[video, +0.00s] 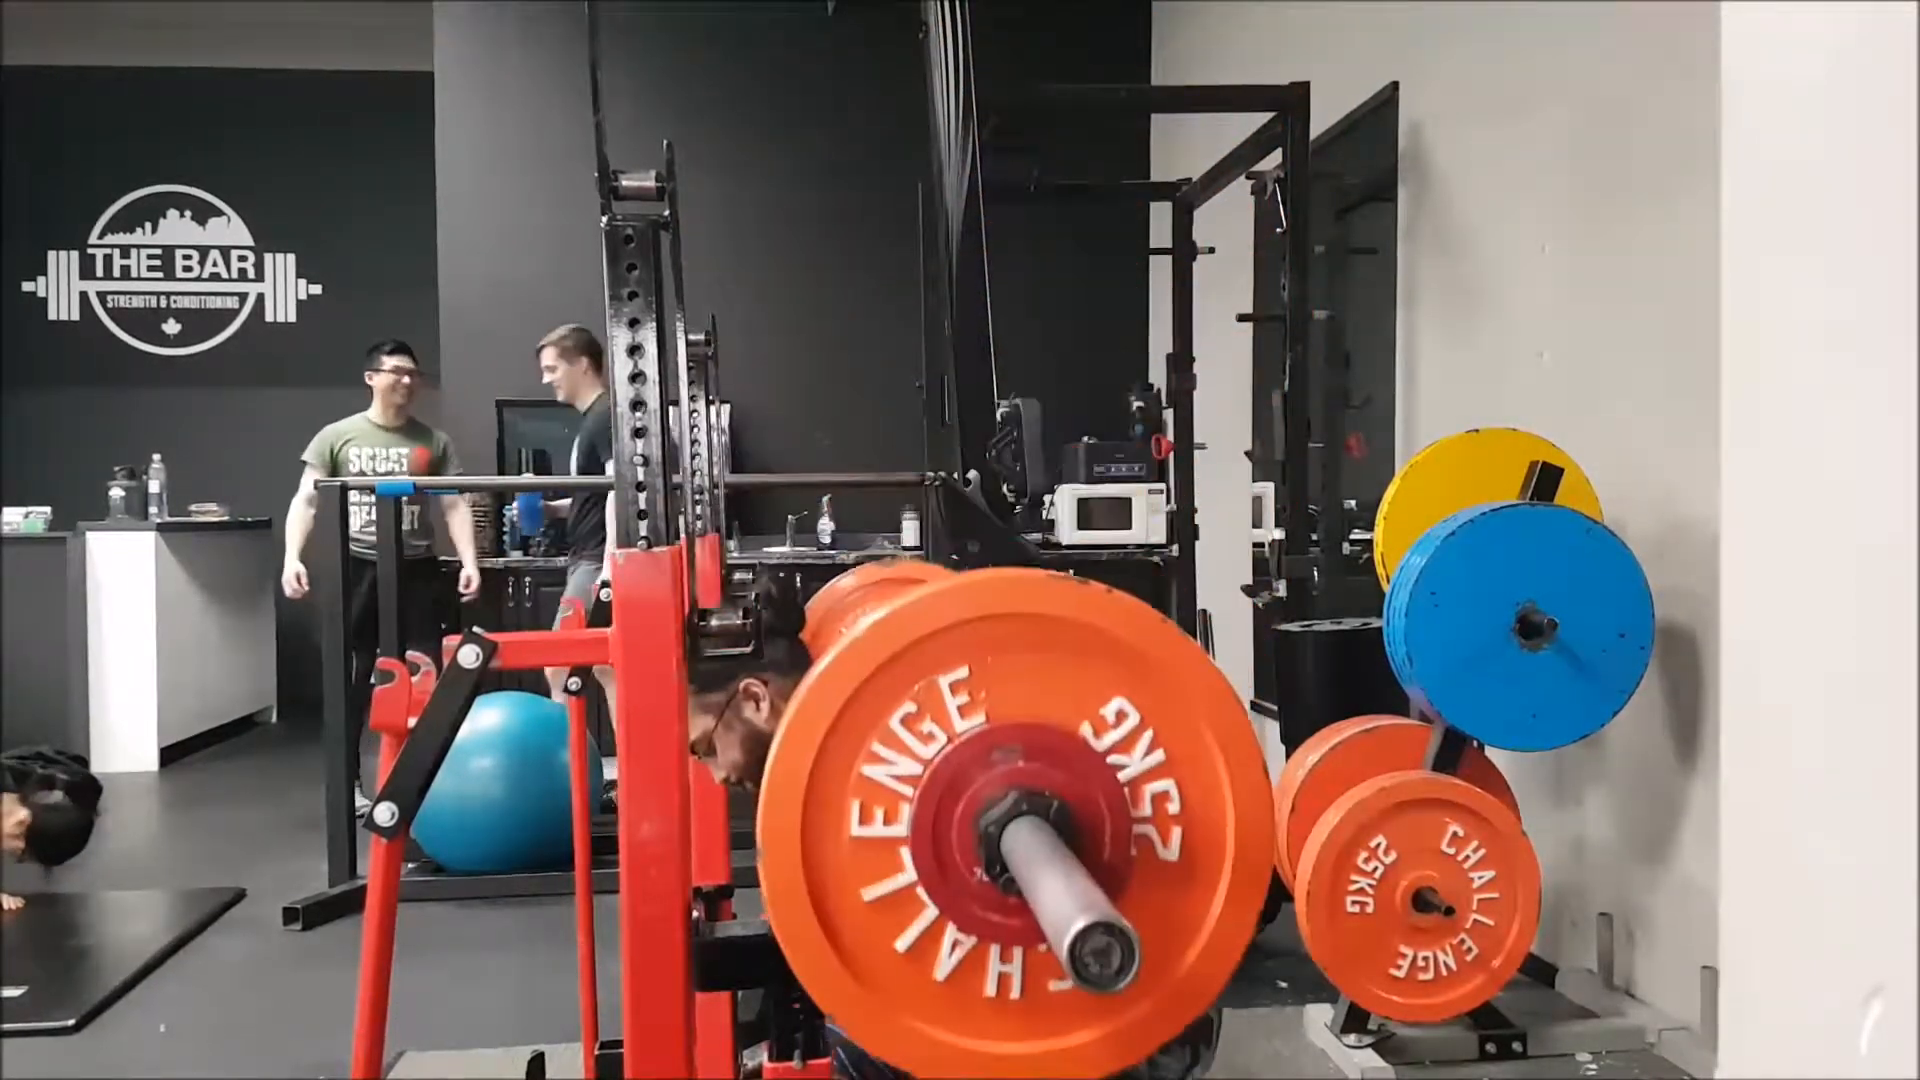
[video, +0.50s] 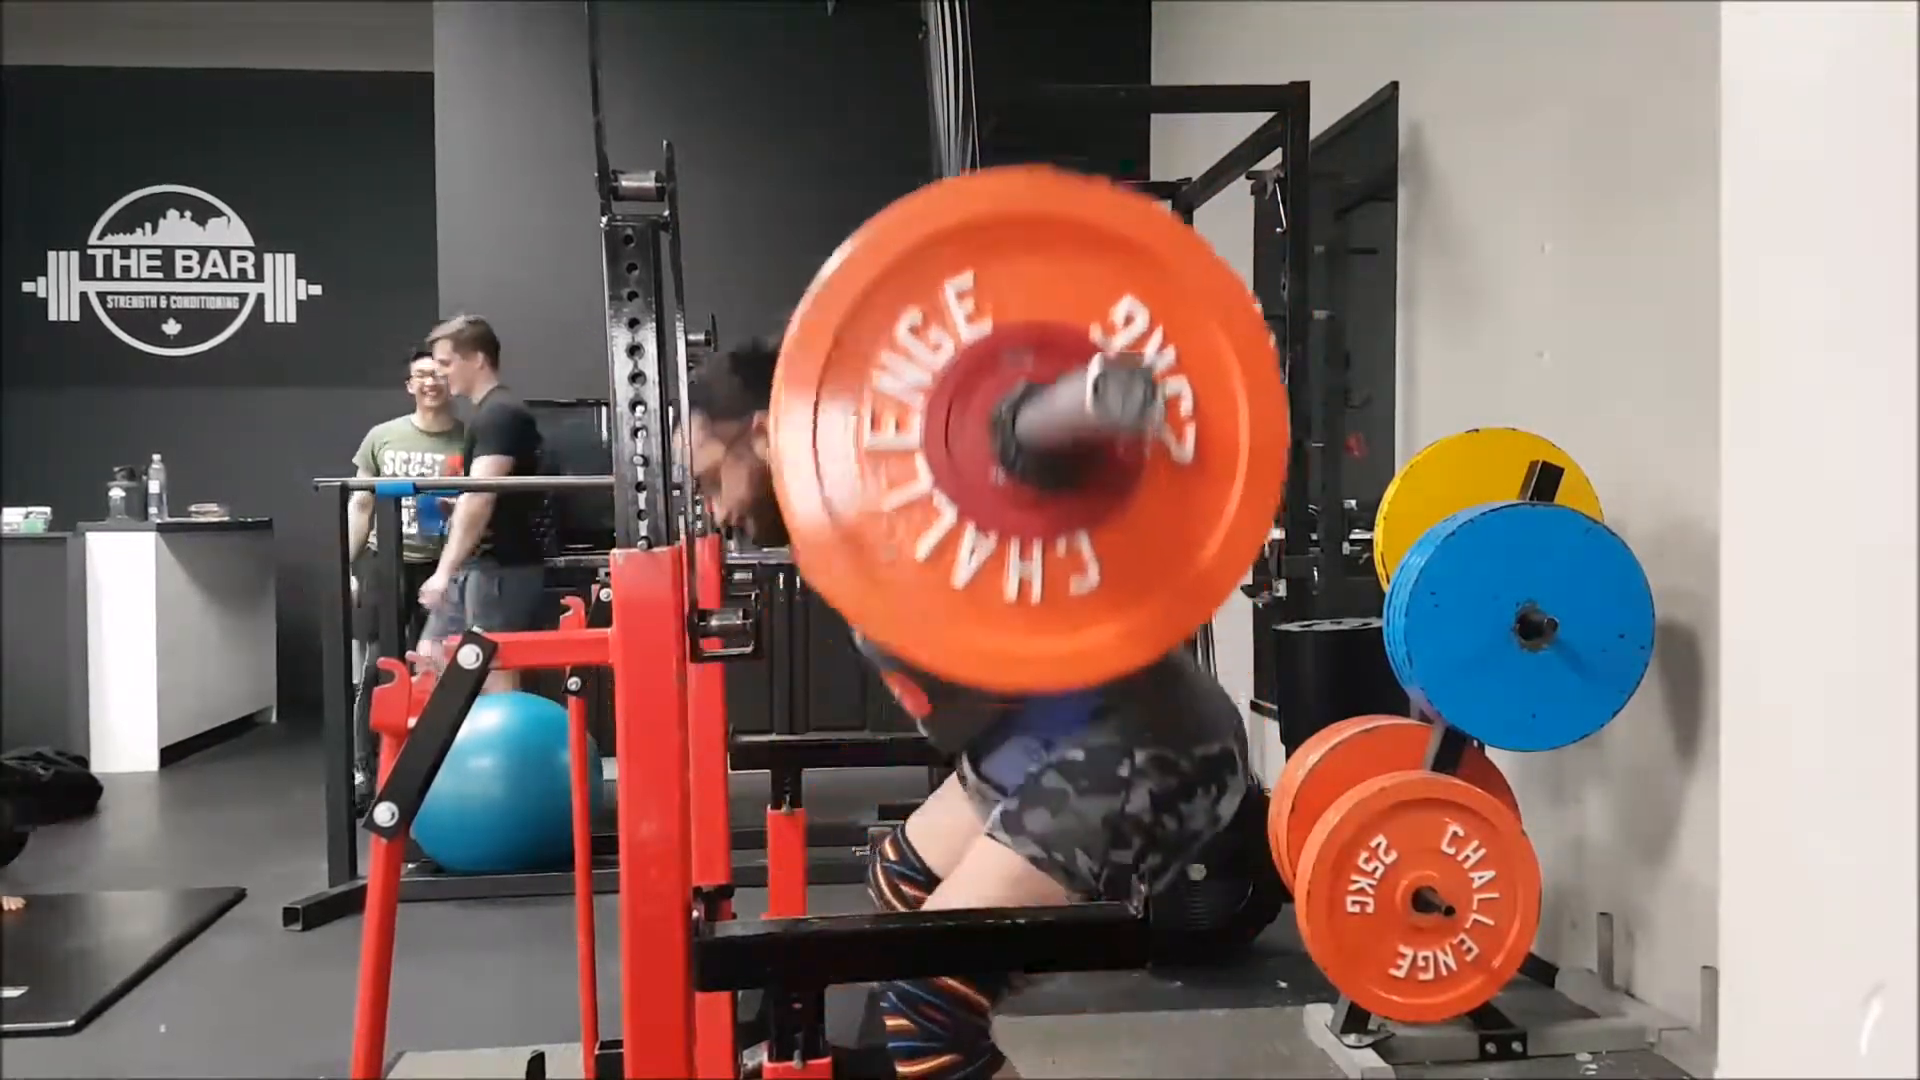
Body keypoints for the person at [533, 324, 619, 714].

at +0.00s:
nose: (546, 380)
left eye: (552, 369)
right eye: (544, 371)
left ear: (583, 365)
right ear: (580, 366)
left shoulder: (607, 418)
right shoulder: (590, 419)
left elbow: (619, 495)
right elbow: (591, 498)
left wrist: (613, 561)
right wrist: (547, 509)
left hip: (597, 559)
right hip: (584, 557)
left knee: (558, 661)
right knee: (607, 667)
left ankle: (571, 766)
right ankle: (633, 757)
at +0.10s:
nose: (525, 380)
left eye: (530, 369)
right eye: (523, 371)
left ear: (562, 366)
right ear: (556, 369)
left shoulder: (587, 417)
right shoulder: (570, 421)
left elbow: (606, 493)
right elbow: (575, 500)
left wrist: (593, 571)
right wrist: (532, 512)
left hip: (576, 568)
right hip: (570, 564)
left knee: (546, 679)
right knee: (603, 678)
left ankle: (554, 786)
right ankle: (627, 774)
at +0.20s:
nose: (501, 379)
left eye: (507, 369)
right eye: (499, 371)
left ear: (539, 366)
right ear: (535, 369)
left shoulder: (567, 417)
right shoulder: (547, 422)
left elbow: (584, 493)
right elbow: (550, 505)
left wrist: (564, 573)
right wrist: (510, 510)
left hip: (552, 569)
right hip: (546, 566)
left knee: (530, 677)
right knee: (586, 676)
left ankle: (527, 784)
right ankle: (623, 769)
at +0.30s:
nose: (478, 376)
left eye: (484, 365)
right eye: (476, 367)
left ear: (517, 363)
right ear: (510, 367)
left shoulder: (541, 416)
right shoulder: (522, 417)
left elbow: (549, 497)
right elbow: (522, 500)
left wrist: (530, 574)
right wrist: (475, 504)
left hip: (526, 570)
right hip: (517, 568)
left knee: (518, 685)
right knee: (548, 687)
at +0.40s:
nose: (457, 373)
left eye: (464, 363)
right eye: (455, 365)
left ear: (497, 361)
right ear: (492, 364)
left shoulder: (517, 415)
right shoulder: (505, 417)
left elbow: (510, 498)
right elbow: (483, 508)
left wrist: (486, 577)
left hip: (521, 576)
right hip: (511, 574)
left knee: (499, 694)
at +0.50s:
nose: (440, 372)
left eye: (447, 362)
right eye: (439, 364)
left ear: (477, 360)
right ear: (473, 362)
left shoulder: (500, 414)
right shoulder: (487, 413)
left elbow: (479, 499)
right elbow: (479, 497)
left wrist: (443, 573)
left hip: (501, 570)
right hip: (481, 568)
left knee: (497, 687)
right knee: (432, 665)